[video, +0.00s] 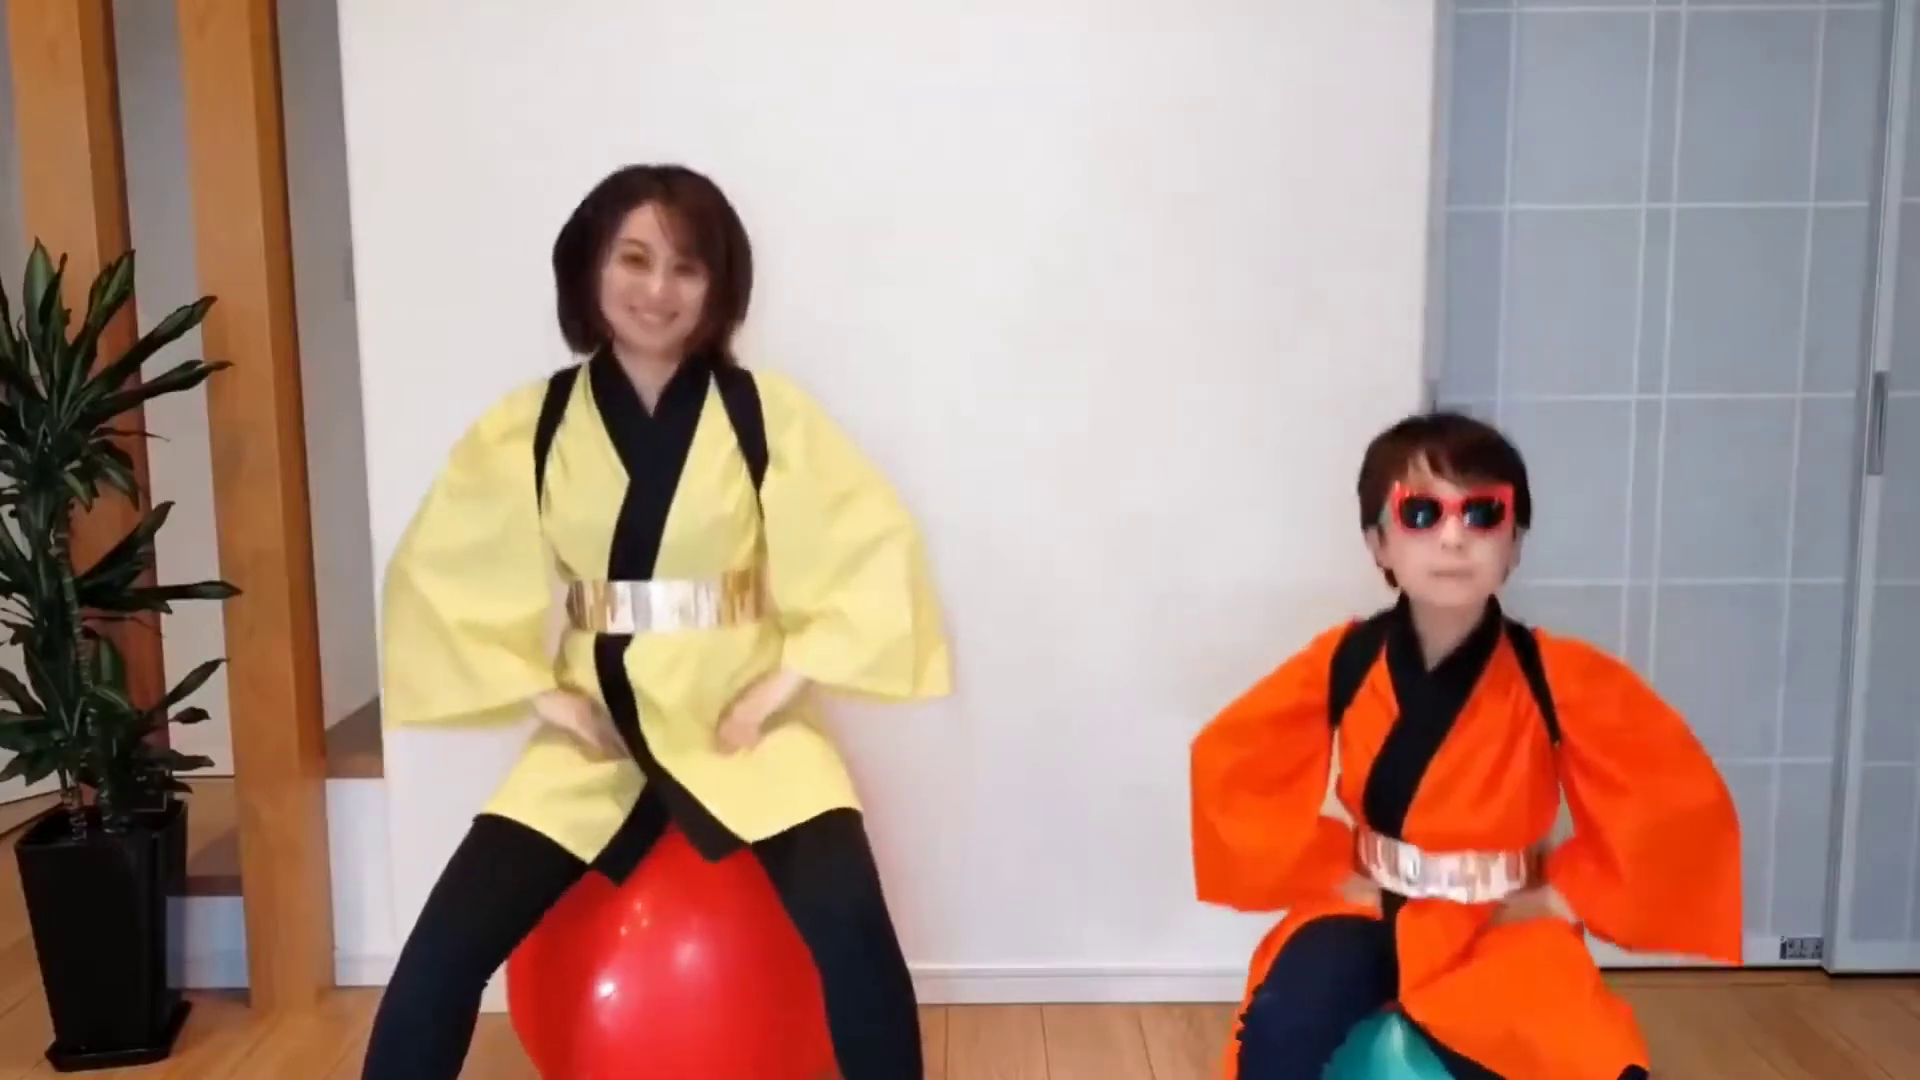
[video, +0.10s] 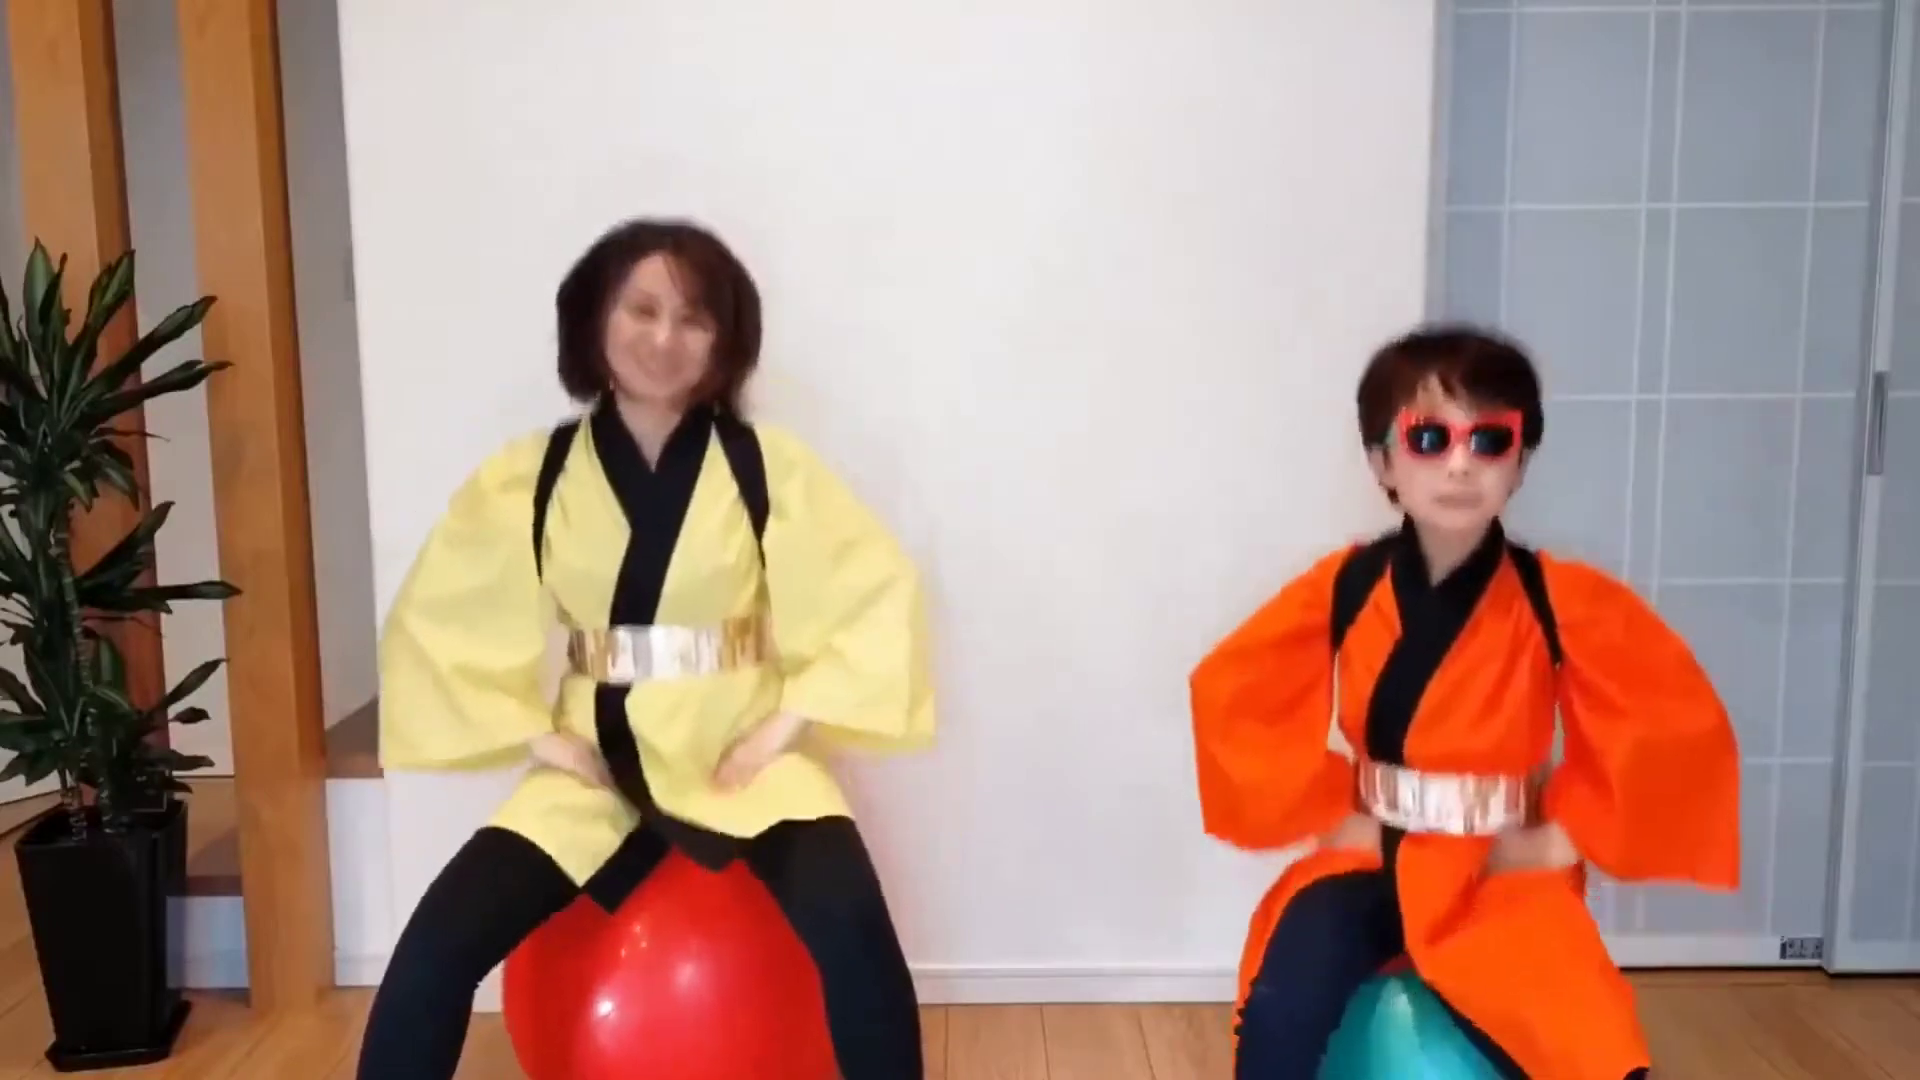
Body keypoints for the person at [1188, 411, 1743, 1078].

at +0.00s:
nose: (1454, 536)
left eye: (1482, 511)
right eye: (1421, 512)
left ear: (1514, 542)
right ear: (1380, 547)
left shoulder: (1555, 675)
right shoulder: (1345, 661)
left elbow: (1683, 801)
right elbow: (1224, 760)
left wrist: (1555, 894)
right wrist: (1330, 865)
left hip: (1503, 929)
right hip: (1366, 916)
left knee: (1594, 1054)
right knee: (1300, 997)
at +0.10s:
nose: (1460, 462)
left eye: (1490, 438)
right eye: (1429, 437)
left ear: (1522, 462)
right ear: (1385, 467)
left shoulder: (1558, 597)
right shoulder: (1348, 584)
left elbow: (1682, 725)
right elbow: (1227, 690)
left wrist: (1564, 837)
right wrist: (1334, 814)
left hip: (1507, 873)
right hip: (1369, 862)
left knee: (1598, 1043)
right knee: (1285, 999)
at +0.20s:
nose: (1468, 430)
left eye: (1500, 405)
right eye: (1438, 402)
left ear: (1529, 419)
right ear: (1390, 421)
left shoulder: (1561, 546)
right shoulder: (1348, 537)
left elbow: (1679, 666)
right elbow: (1227, 644)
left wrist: (1573, 782)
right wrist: (1328, 759)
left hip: (1506, 833)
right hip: (1369, 821)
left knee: (1596, 1021)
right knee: (1303, 936)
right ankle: (1270, 1068)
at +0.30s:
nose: (1471, 463)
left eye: (1503, 438)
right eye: (1440, 434)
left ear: (1530, 449)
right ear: (1392, 447)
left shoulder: (1559, 571)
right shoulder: (1348, 561)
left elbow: (1676, 681)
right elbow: (1225, 665)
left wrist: (1571, 801)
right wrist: (1326, 782)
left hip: (1507, 847)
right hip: (1370, 839)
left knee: (1600, 1037)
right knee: (1305, 938)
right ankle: (1274, 1067)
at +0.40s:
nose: (1470, 542)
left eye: (1499, 521)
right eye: (1438, 516)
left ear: (1524, 536)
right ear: (1387, 531)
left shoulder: (1554, 654)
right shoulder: (1346, 642)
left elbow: (1678, 765)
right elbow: (1227, 741)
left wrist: (1571, 863)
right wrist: (1329, 837)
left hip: (1502, 906)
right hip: (1366, 895)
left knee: (1585, 1045)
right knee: (1314, 964)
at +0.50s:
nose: (1464, 577)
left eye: (1495, 556)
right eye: (1433, 551)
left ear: (1521, 575)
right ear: (1384, 569)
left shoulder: (1555, 694)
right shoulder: (1345, 677)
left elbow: (1662, 805)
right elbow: (1241, 755)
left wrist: (1557, 898)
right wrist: (1324, 867)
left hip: (1502, 936)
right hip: (1368, 921)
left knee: (1584, 1057)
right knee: (1313, 986)